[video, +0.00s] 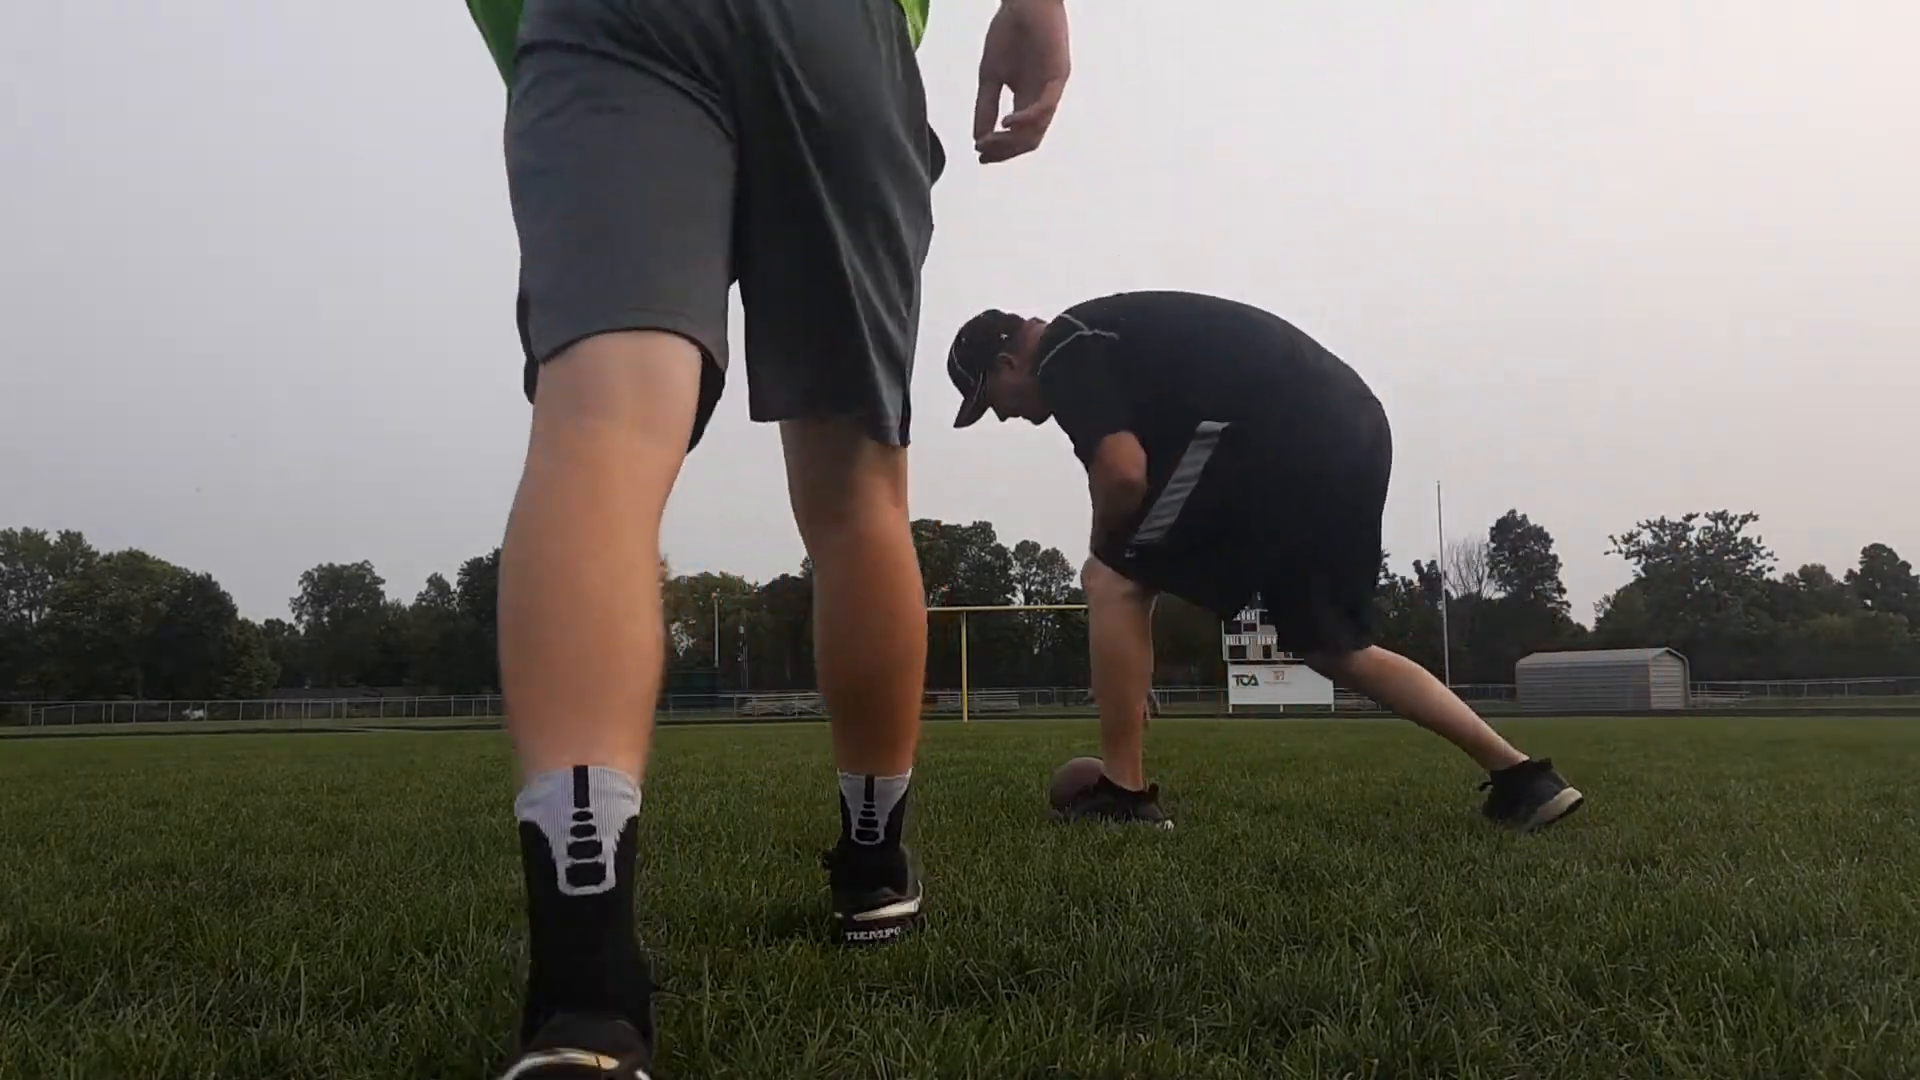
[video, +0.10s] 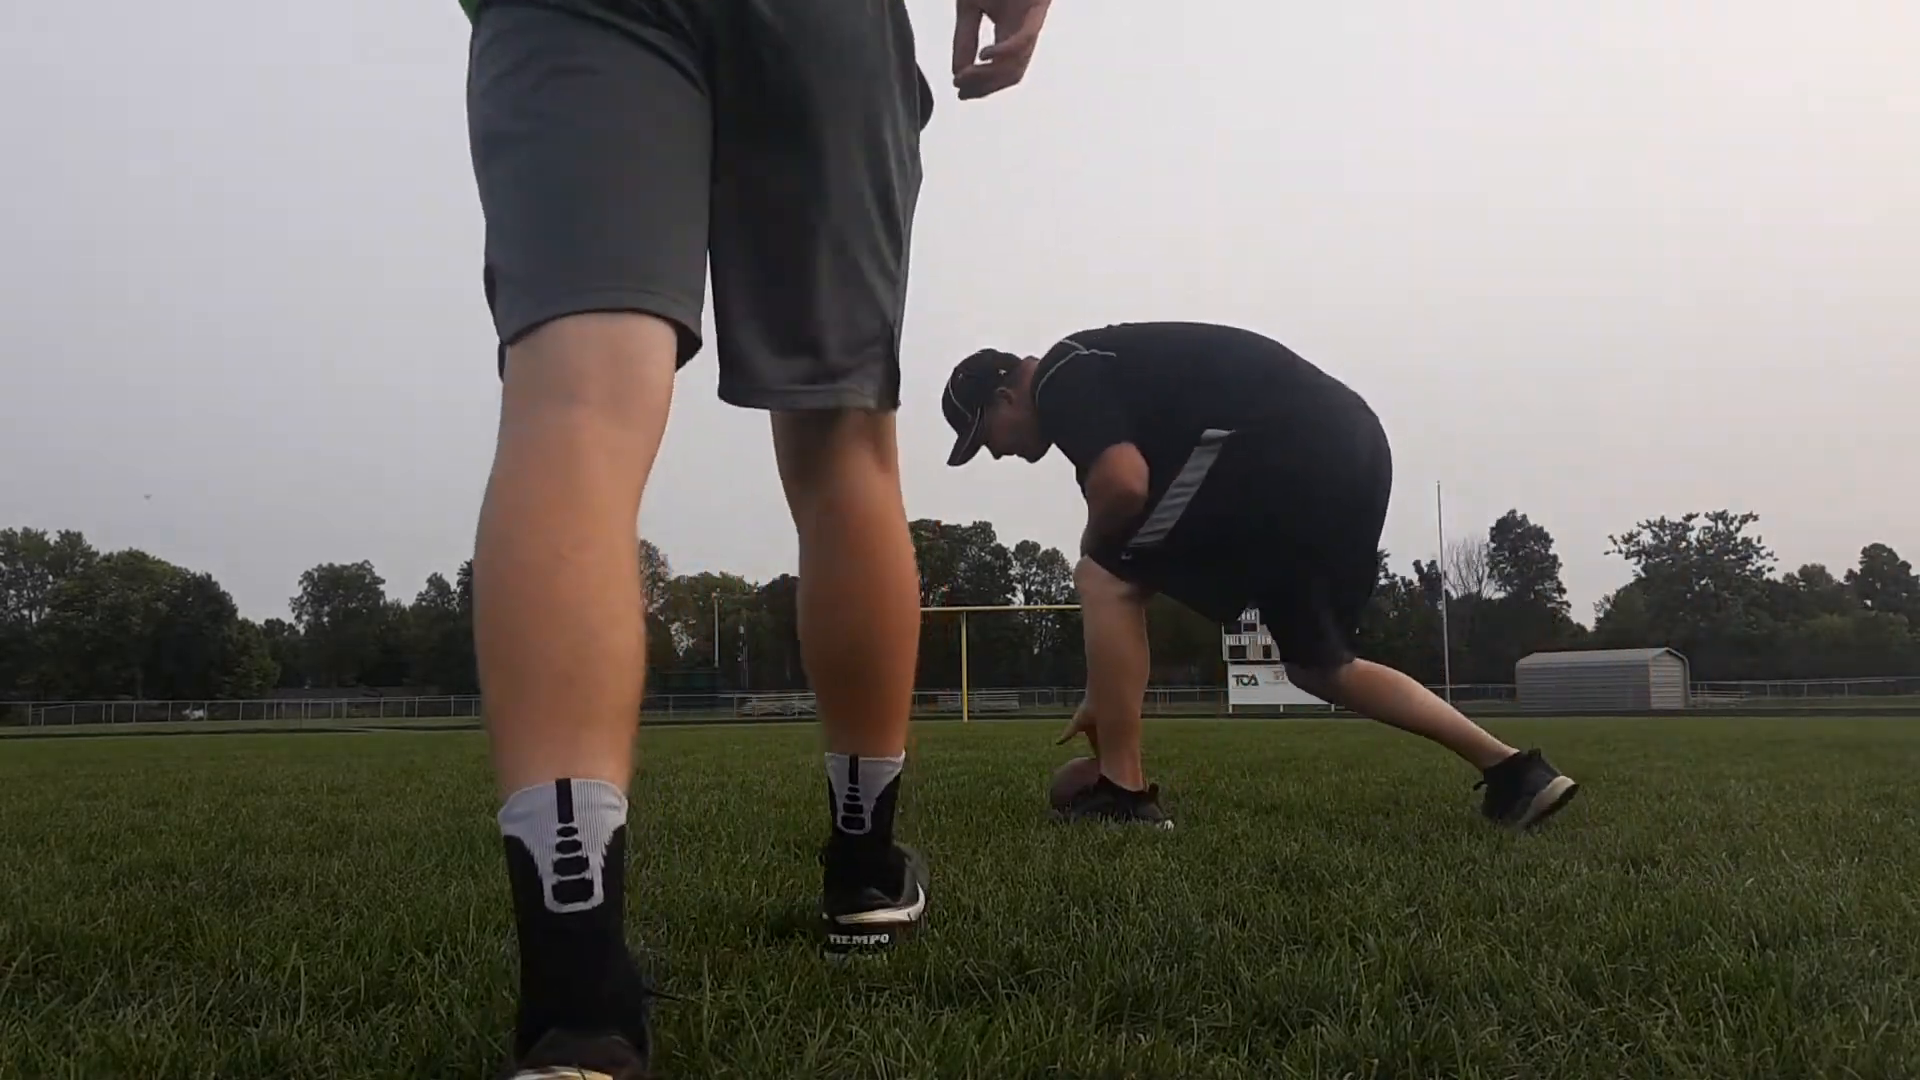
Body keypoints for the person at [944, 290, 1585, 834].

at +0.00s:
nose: (1014, 419)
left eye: (998, 402)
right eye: (997, 410)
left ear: (1012, 353)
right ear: (1028, 334)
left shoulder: (1066, 350)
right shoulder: (1120, 333)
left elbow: (1123, 469)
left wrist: (1103, 559)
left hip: (1261, 428)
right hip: (1356, 427)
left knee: (1113, 578)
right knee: (1332, 642)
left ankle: (1122, 785)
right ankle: (1518, 774)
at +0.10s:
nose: (1004, 452)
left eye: (990, 436)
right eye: (990, 445)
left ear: (1007, 389)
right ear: (1020, 375)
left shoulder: (1064, 377)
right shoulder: (1112, 367)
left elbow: (1122, 481)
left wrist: (1094, 554)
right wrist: (1112, 693)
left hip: (1266, 440)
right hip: (1356, 443)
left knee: (1106, 574)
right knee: (1321, 663)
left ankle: (1120, 786)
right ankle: (1508, 768)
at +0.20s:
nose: (990, 470)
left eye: (978, 453)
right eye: (977, 464)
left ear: (998, 406)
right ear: (1005, 406)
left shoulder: (1060, 392)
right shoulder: (1104, 407)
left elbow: (1123, 484)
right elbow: (1124, 597)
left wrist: (1083, 559)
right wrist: (1087, 735)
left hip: (1272, 458)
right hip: (1350, 467)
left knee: (1094, 579)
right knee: (1305, 685)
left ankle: (1124, 786)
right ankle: (1499, 760)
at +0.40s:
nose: (964, 454)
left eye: (960, 433)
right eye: (951, 451)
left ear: (991, 397)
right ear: (967, 451)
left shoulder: (1060, 404)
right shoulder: (1057, 487)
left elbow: (1122, 496)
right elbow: (1094, 614)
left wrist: (1059, 554)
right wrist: (1076, 742)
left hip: (1264, 499)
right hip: (1320, 529)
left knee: (1063, 574)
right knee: (1261, 739)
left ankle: (1121, 788)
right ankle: (1463, 755)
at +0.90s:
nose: (1003, 435)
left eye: (1005, 415)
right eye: (995, 424)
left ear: (1050, 388)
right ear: (1024, 409)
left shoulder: (1118, 408)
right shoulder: (1072, 495)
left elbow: (1169, 514)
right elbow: (1121, 622)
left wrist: (1065, 552)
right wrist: (1094, 748)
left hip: (1286, 559)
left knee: (1076, 576)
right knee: (1238, 797)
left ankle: (1120, 789)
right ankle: (1426, 764)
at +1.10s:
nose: (1046, 390)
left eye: (1048, 372)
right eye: (1040, 379)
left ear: (1091, 352)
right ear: (1089, 357)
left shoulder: (1158, 385)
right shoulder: (1117, 445)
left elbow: (1179, 503)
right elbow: (1138, 592)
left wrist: (1090, 553)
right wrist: (1123, 710)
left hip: (1289, 565)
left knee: (1085, 575)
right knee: (1238, 796)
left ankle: (1119, 785)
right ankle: (1428, 767)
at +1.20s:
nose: (1067, 374)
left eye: (1067, 357)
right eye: (1060, 363)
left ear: (1110, 336)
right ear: (1114, 341)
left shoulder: (1169, 377)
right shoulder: (1153, 413)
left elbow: (1179, 497)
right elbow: (1188, 547)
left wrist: (1091, 557)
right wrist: (1147, 658)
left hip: (1287, 562)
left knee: (1088, 577)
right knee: (1238, 795)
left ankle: (1120, 786)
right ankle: (1428, 766)